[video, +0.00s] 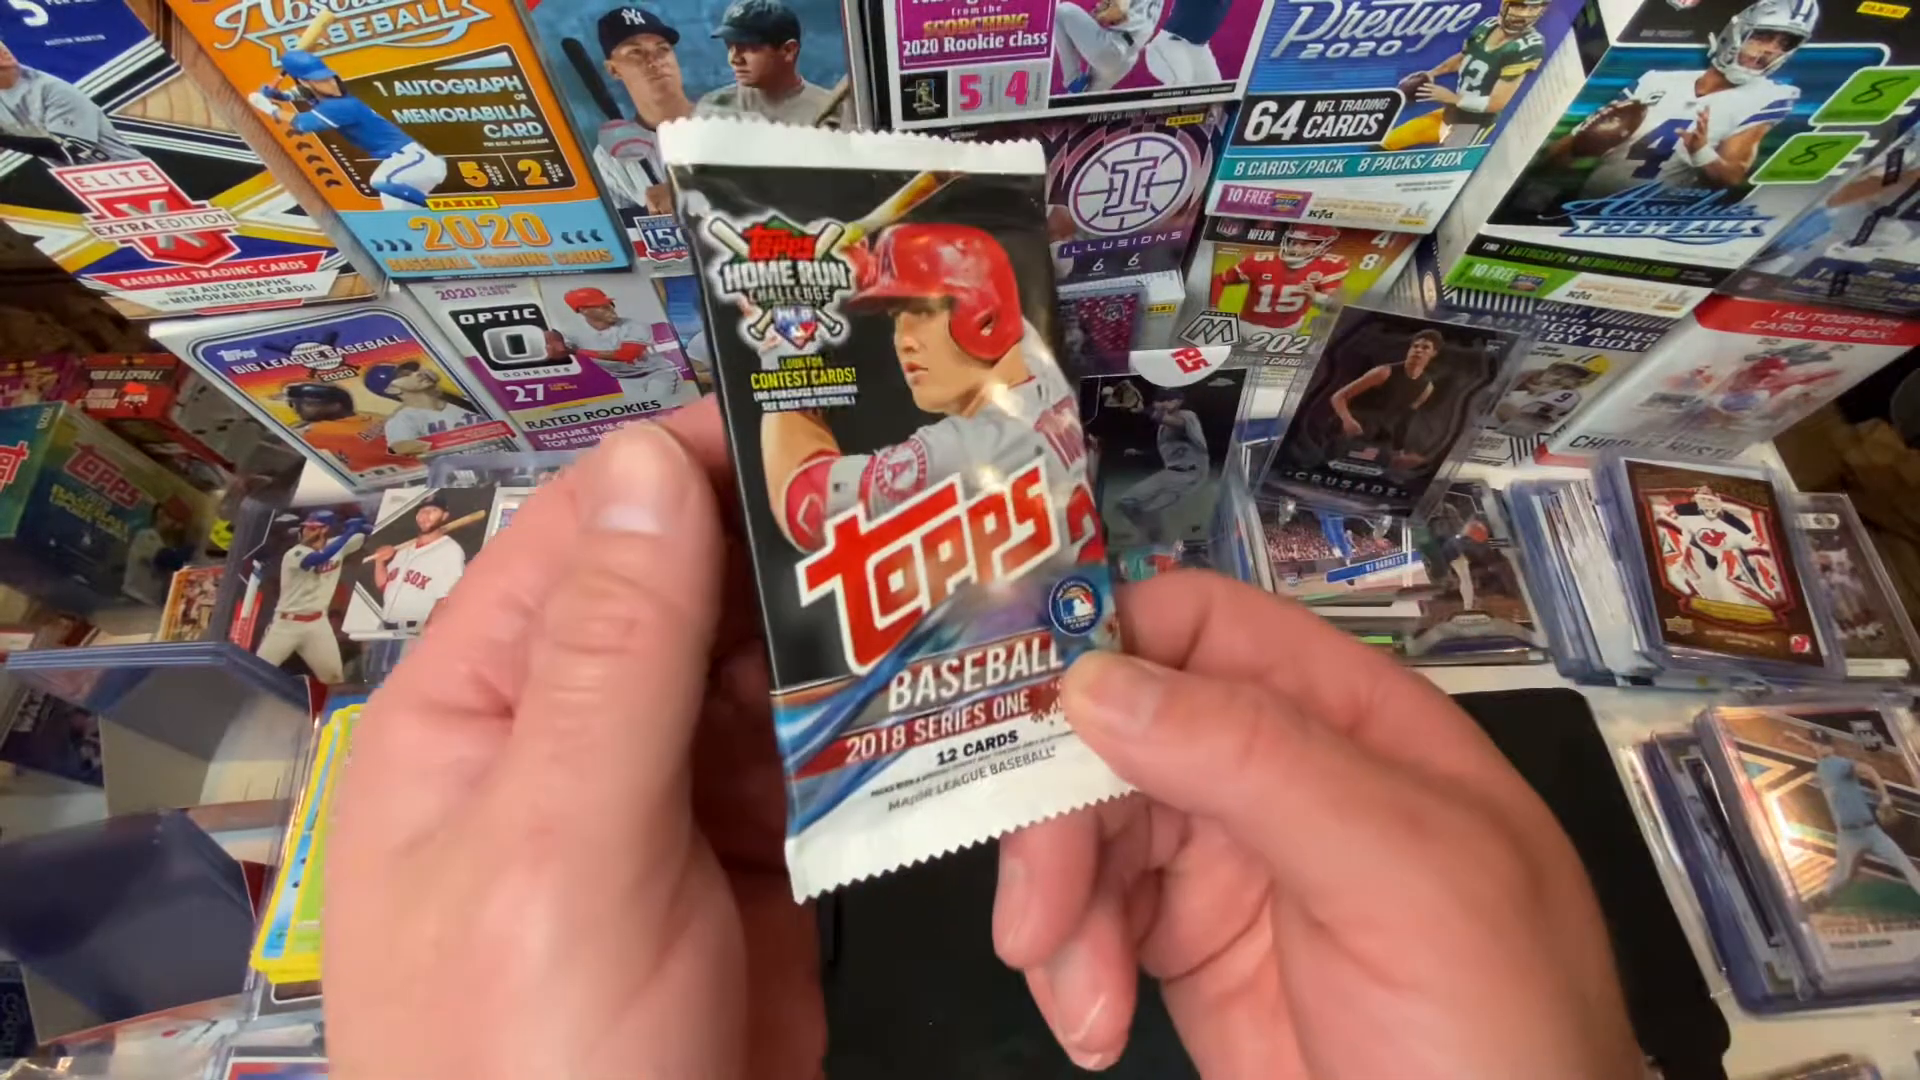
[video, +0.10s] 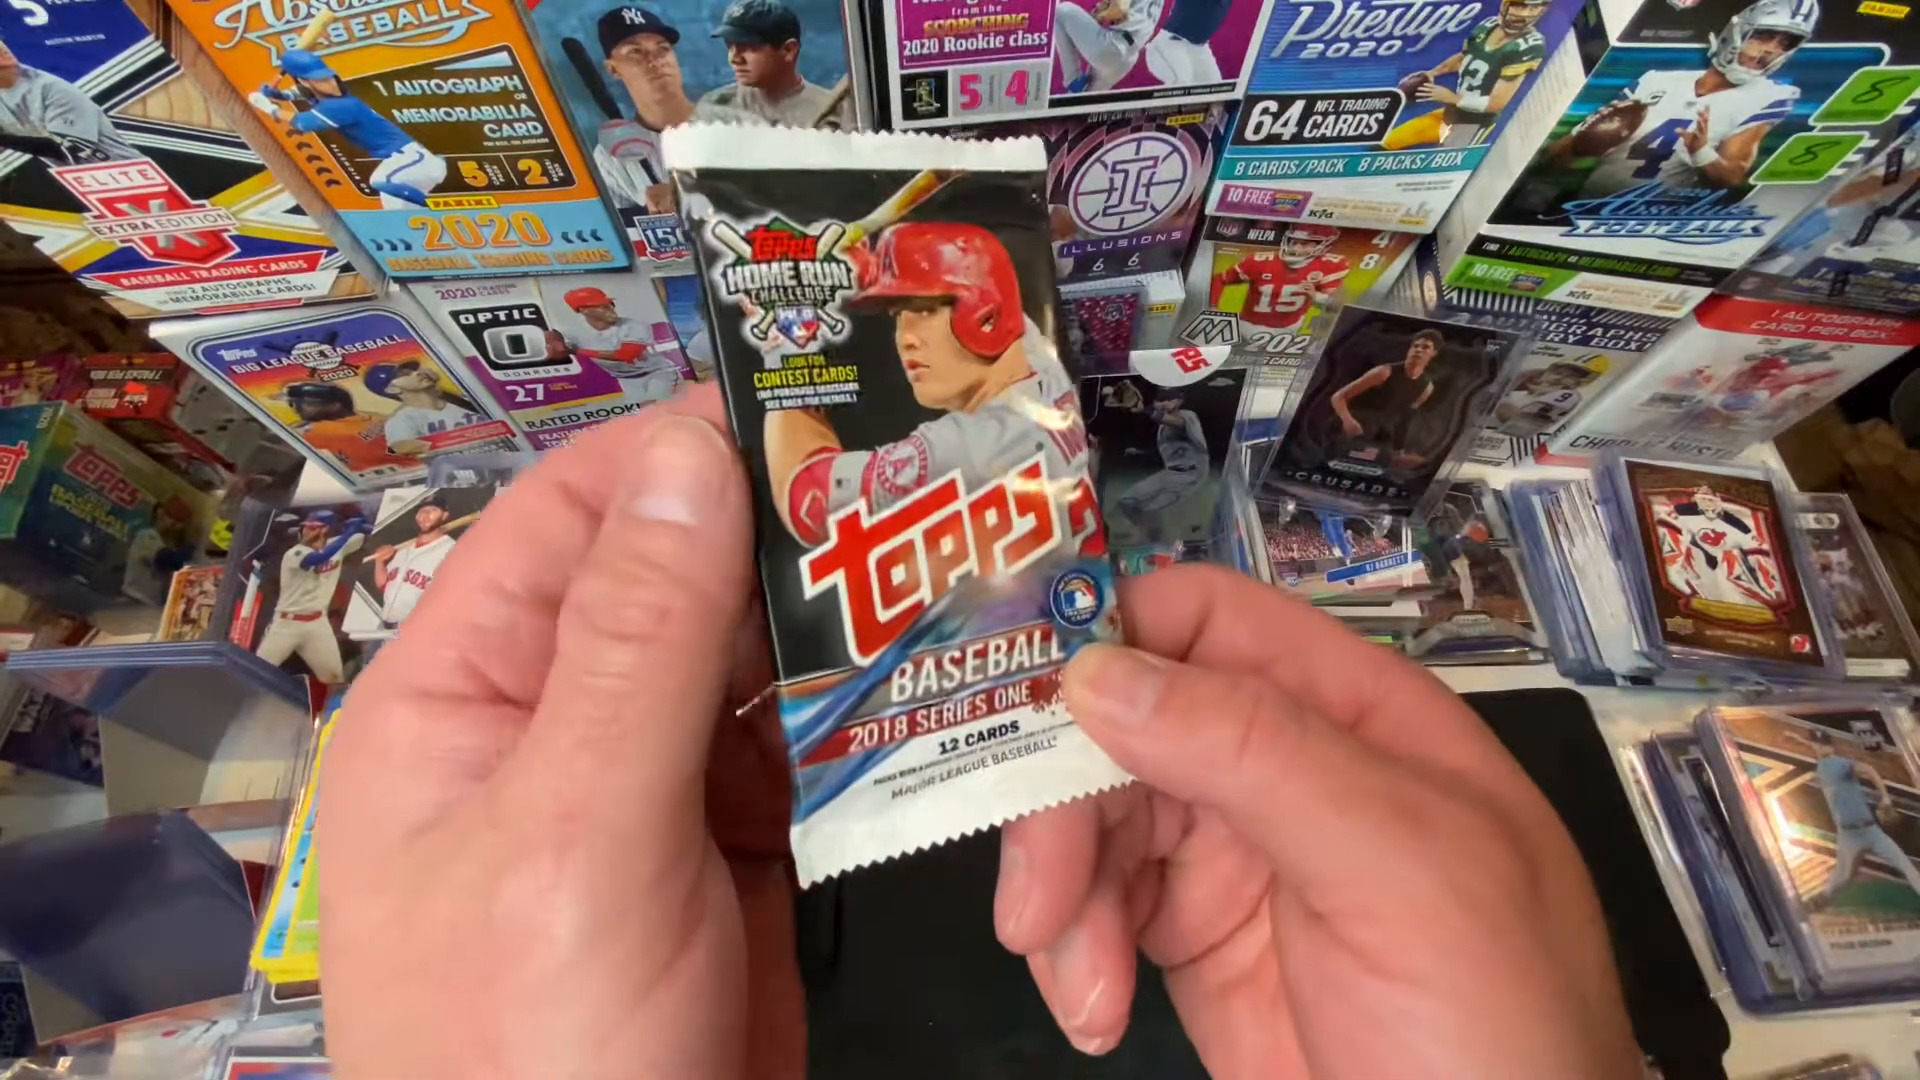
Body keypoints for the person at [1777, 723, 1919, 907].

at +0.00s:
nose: (1823, 749)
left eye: (1825, 744)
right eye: (1819, 746)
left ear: (1831, 745)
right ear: (1814, 748)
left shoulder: (1839, 764)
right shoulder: (1823, 767)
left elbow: (1869, 770)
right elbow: (1866, 769)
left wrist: (1884, 797)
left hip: (1871, 829)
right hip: (1847, 835)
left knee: (1904, 863)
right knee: (1842, 876)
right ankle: (1824, 897)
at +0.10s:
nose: (1823, 749)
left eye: (1825, 744)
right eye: (1818, 745)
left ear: (1831, 745)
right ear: (1814, 748)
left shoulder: (1839, 763)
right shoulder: (1824, 767)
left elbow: (1868, 770)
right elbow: (1866, 769)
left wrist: (1885, 797)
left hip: (1871, 829)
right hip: (1847, 834)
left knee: (1904, 864)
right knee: (1843, 876)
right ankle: (1824, 897)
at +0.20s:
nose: (1823, 749)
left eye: (1825, 744)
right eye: (1819, 745)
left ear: (1831, 745)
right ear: (1814, 748)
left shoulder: (1839, 764)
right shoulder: (1823, 767)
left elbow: (1868, 770)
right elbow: (1866, 769)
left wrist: (1885, 797)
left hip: (1871, 829)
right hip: (1847, 834)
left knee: (1904, 864)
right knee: (1843, 876)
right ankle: (1824, 897)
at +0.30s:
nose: (1823, 749)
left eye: (1825, 744)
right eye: (1819, 746)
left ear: (1831, 745)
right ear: (1814, 748)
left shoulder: (1839, 763)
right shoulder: (1823, 767)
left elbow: (1868, 770)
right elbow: (1866, 769)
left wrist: (1885, 797)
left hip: (1871, 829)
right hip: (1847, 834)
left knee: (1903, 863)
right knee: (1843, 876)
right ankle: (1824, 897)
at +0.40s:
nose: (1823, 750)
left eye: (1826, 744)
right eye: (1819, 746)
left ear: (1831, 745)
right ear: (1813, 748)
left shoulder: (1840, 764)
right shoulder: (1823, 767)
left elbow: (1869, 770)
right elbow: (1866, 770)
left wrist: (1885, 797)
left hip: (1871, 829)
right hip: (1847, 834)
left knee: (1904, 863)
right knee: (1843, 876)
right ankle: (1824, 897)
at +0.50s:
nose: (1823, 749)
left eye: (1825, 744)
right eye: (1818, 746)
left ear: (1831, 745)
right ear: (1813, 748)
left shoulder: (1840, 764)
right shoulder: (1822, 767)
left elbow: (1869, 770)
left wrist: (1885, 797)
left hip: (1871, 829)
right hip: (1847, 834)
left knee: (1903, 863)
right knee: (1843, 876)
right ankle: (1824, 896)